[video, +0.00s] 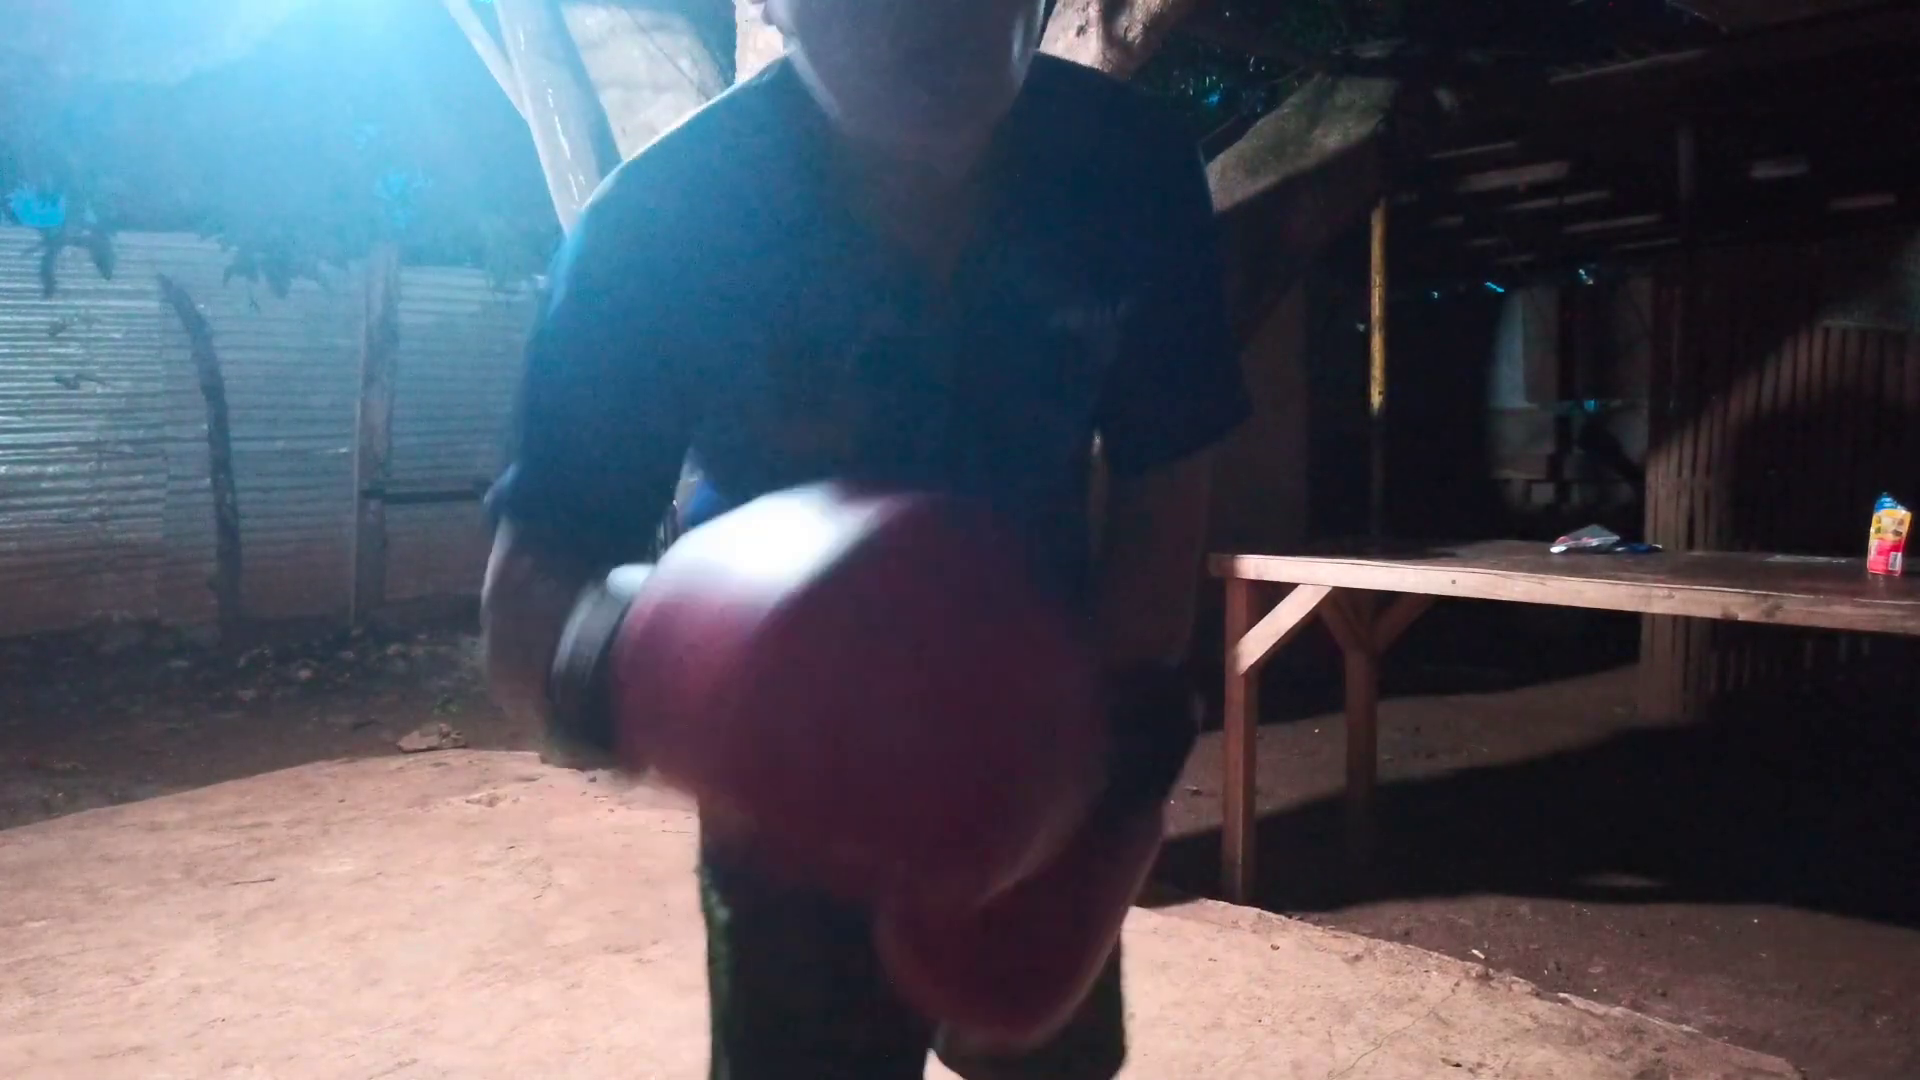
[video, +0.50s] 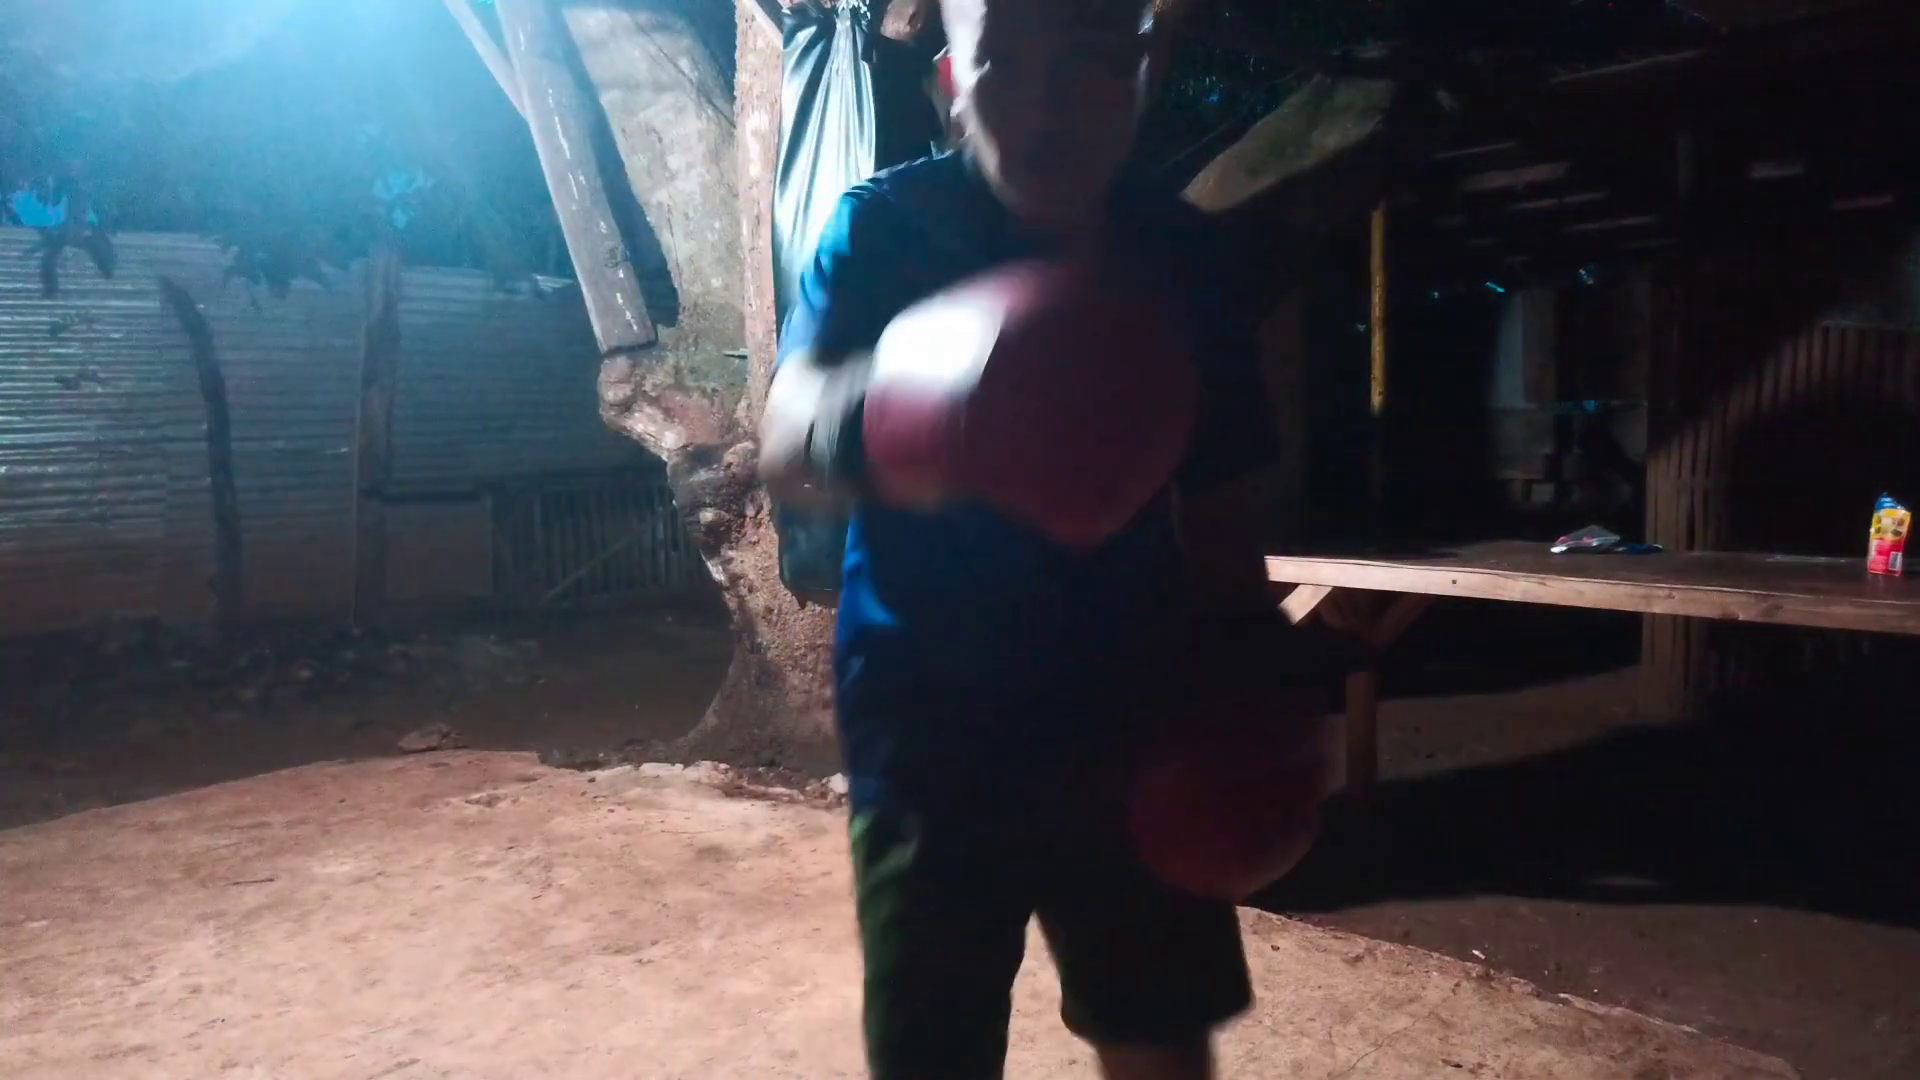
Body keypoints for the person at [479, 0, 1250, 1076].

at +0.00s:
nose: (939, 15)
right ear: (776, 6)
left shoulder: (1130, 162)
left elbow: (1164, 523)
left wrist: (1115, 816)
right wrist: (673, 667)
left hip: (1058, 761)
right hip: (802, 768)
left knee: (1058, 1057)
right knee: (796, 1061)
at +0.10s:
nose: (947, 16)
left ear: (1035, 4)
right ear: (803, 11)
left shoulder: (1123, 161)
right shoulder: (703, 185)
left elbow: (1176, 494)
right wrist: (750, 545)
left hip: (1065, 747)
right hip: (818, 760)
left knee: (1083, 1059)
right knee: (815, 1060)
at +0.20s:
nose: (966, 31)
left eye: (997, 9)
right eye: (916, 9)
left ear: (1048, 17)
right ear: (819, 16)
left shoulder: (1126, 170)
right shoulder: (747, 183)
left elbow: (1193, 489)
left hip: (1097, 708)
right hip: (864, 714)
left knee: (1117, 1055)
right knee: (836, 1058)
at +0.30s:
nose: (1017, 46)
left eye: (1045, 15)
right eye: (959, 14)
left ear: (1094, 35)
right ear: (867, 41)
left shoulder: (1148, 213)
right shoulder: (806, 209)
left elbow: (1202, 518)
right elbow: (813, 317)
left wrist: (1193, 742)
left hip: (1111, 763)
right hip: (893, 768)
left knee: (1140, 1061)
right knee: (872, 1063)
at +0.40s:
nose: (1014, 100)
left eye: (1058, 61)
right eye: (972, 64)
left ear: (1116, 73)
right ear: (911, 81)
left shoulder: (1172, 247)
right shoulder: (849, 223)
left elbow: (1218, 532)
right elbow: (836, 340)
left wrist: (1218, 752)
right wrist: (940, 361)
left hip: (1124, 766)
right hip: (914, 771)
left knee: (1175, 1061)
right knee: (909, 1067)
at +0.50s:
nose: (1042, 102)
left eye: (1082, 62)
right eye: (1002, 63)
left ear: (1139, 77)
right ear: (949, 83)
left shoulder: (1184, 252)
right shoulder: (886, 226)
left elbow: (1224, 522)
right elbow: (786, 443)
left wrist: (1250, 727)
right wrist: (933, 418)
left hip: (1133, 726)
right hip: (933, 731)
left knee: (1160, 1048)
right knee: (927, 1058)